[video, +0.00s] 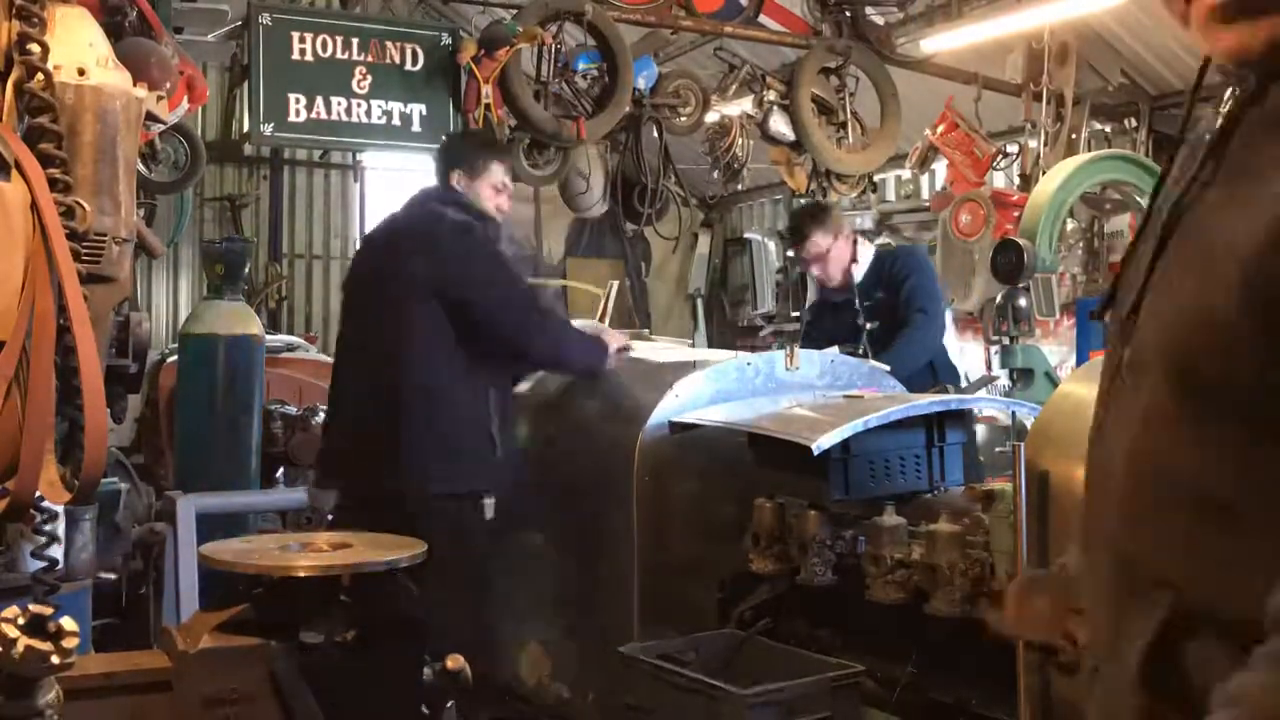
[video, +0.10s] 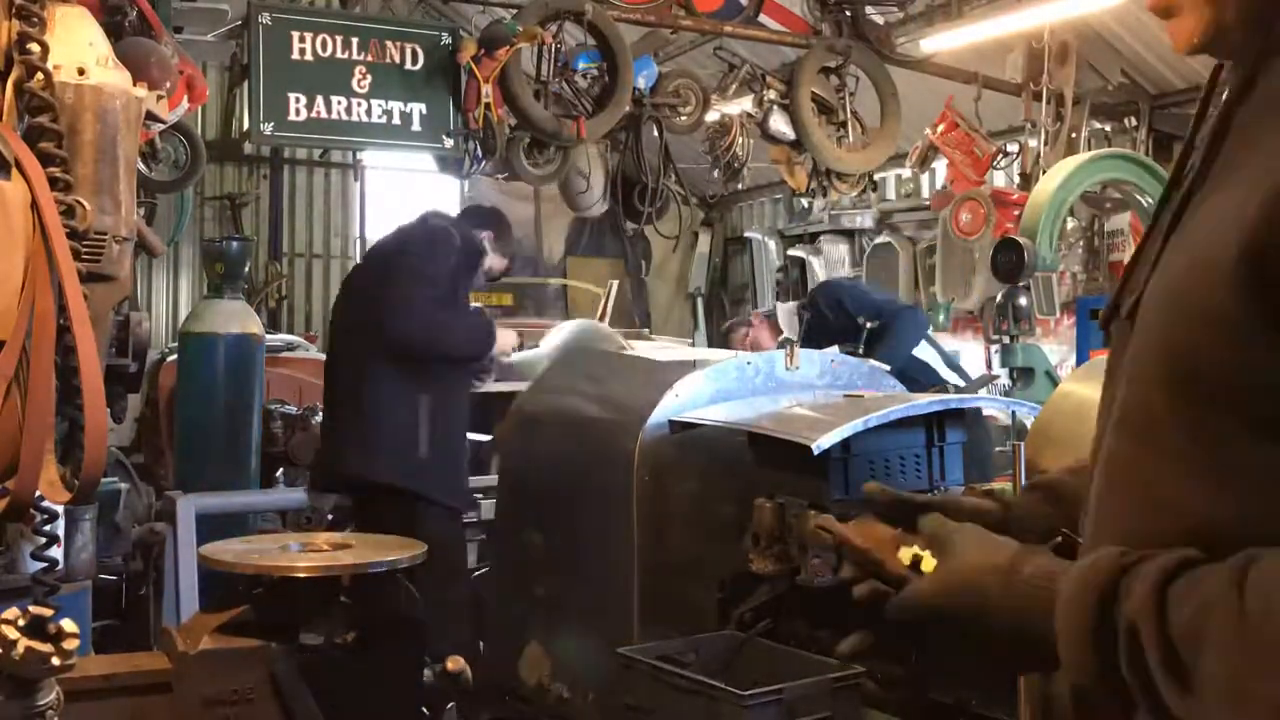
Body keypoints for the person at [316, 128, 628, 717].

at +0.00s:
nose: (507, 202)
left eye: (509, 190)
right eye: (500, 187)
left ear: (451, 183)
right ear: (462, 180)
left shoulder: (385, 238)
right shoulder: (457, 236)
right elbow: (519, 326)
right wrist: (596, 348)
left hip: (371, 452)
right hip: (437, 456)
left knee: (385, 601)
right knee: (454, 591)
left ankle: (391, 706)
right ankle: (455, 703)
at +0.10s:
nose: (483, 281)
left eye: (492, 277)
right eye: (493, 269)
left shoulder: (381, 262)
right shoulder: (441, 238)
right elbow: (411, 322)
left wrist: (478, 354)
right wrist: (487, 332)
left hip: (375, 462)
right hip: (408, 464)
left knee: (385, 598)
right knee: (433, 597)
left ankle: (389, 703)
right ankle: (429, 702)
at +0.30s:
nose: (462, 318)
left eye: (466, 313)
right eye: (468, 308)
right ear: (465, 279)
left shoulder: (356, 284)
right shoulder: (438, 274)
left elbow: (361, 389)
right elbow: (421, 374)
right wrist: (468, 467)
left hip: (342, 491)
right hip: (397, 496)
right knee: (484, 626)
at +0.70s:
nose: (457, 281)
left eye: (461, 277)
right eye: (462, 271)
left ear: (436, 228)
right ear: (454, 241)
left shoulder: (347, 269)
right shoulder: (414, 249)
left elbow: (355, 384)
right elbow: (427, 368)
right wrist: (482, 462)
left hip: (362, 478)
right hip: (412, 481)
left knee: (386, 629)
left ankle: (395, 708)